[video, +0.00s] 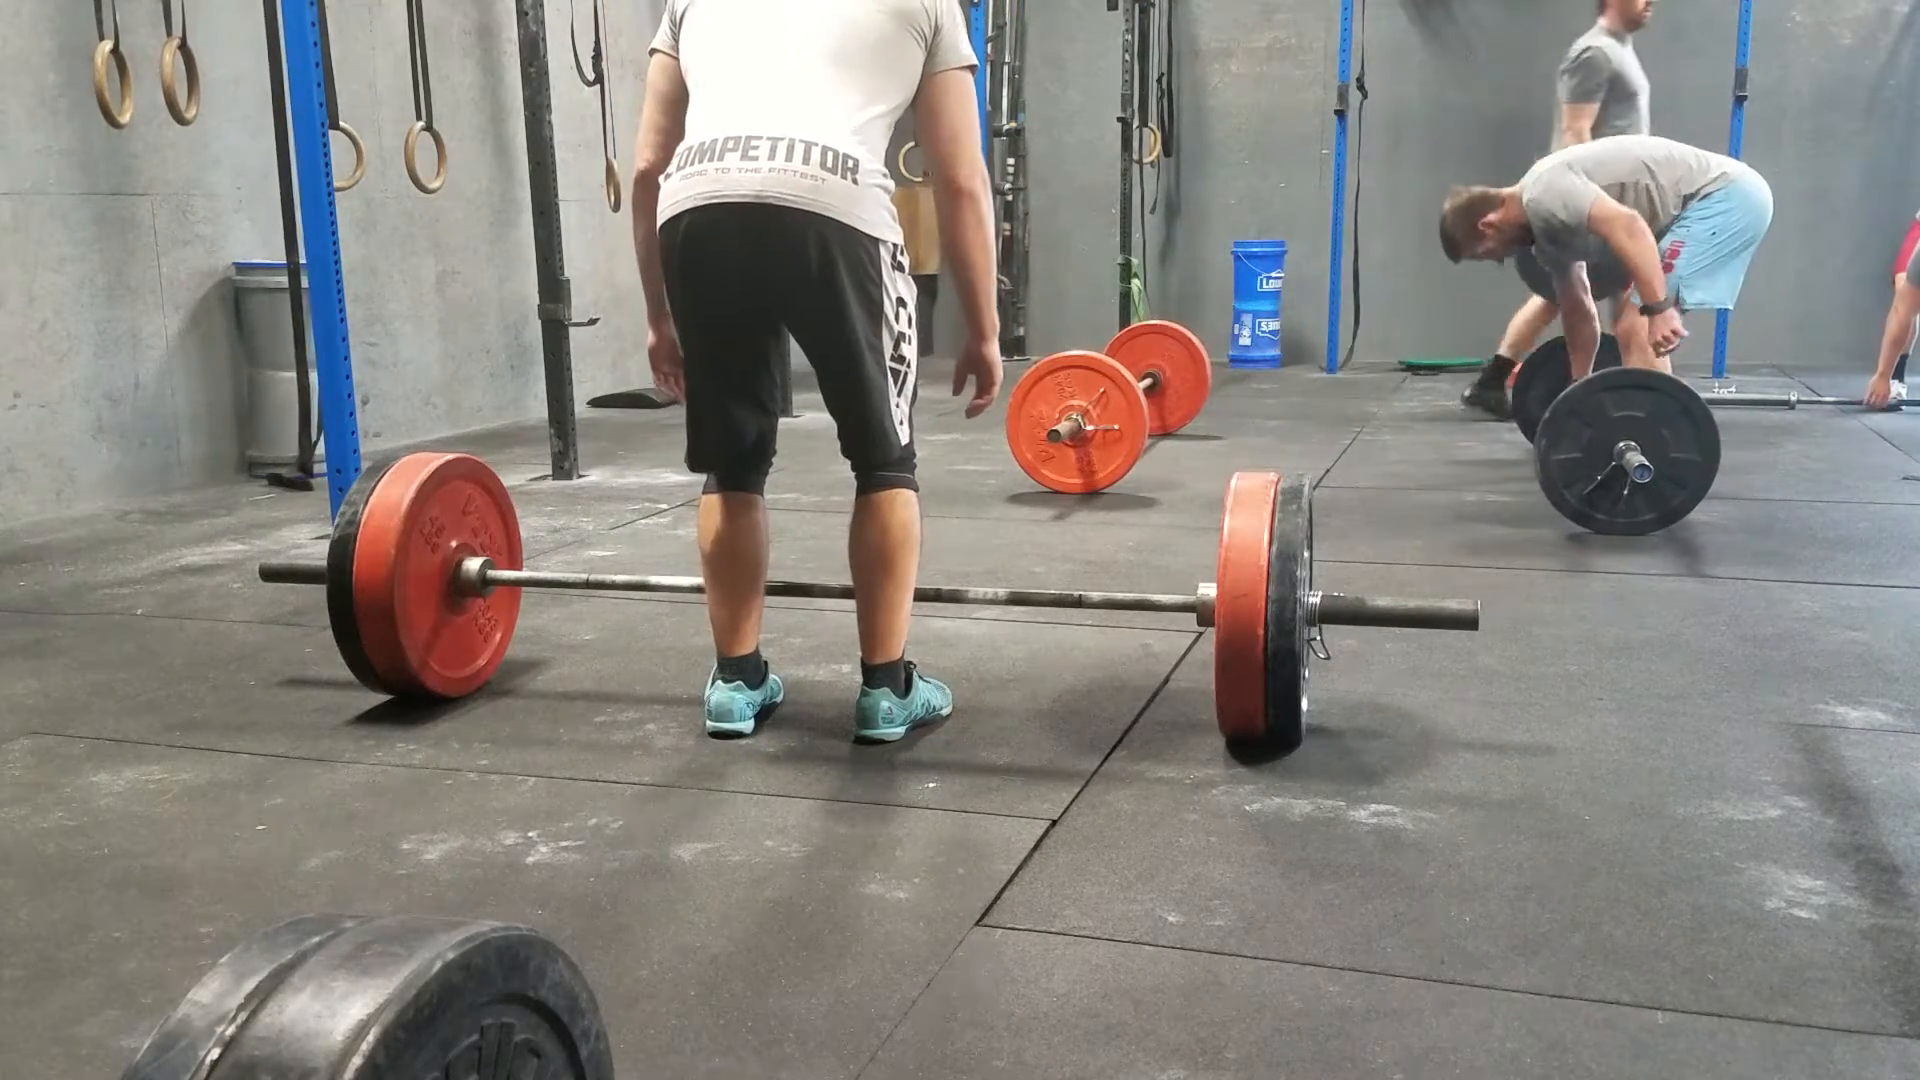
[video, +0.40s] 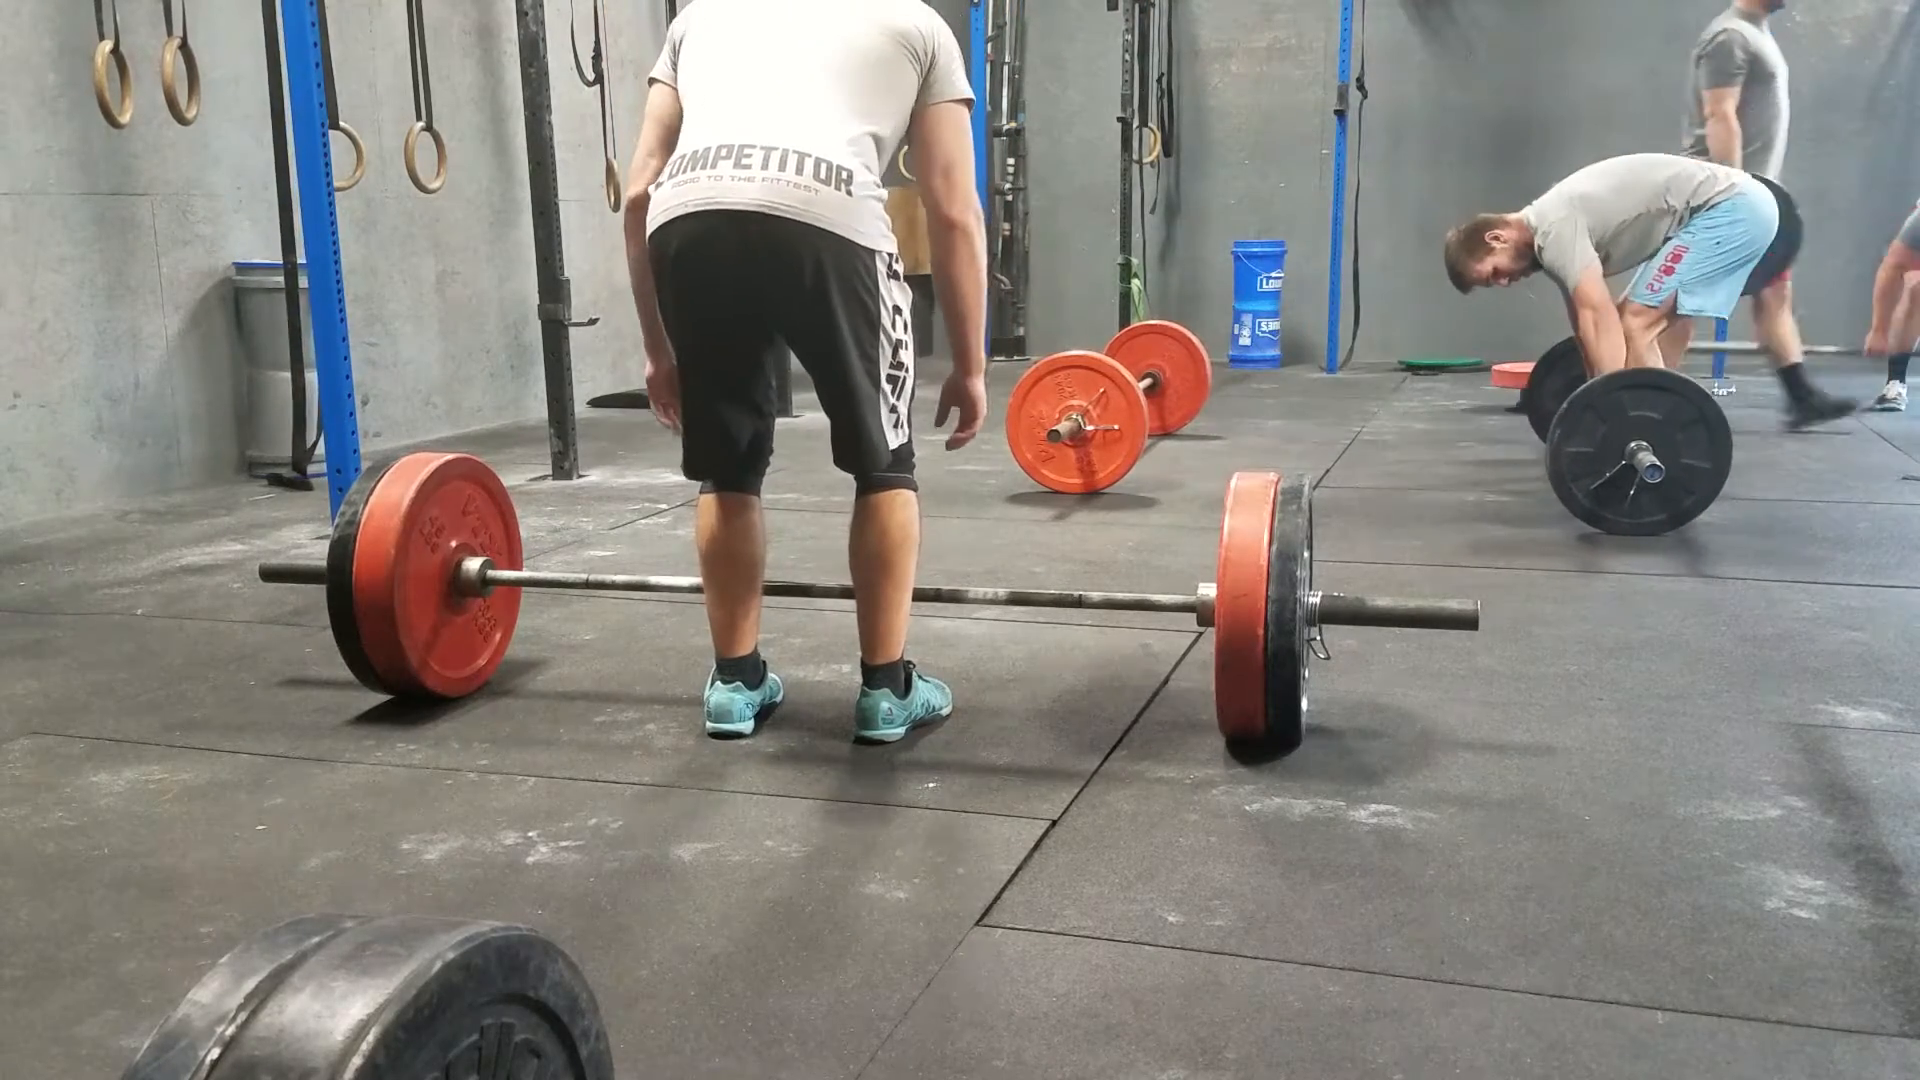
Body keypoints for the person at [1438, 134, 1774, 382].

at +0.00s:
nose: (1499, 261)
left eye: (1488, 255)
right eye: (1489, 259)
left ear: (1488, 226)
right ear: (1491, 222)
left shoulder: (1547, 192)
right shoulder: (1548, 230)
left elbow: (1629, 227)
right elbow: (1577, 307)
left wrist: (1658, 309)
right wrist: (1580, 390)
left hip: (1726, 193)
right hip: (1705, 202)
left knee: (1634, 328)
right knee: (1631, 327)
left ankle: (1660, 452)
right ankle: (1653, 450)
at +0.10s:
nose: (1497, 269)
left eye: (1485, 263)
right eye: (1487, 269)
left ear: (1487, 230)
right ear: (1491, 227)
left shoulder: (1546, 202)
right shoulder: (1543, 235)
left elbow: (1623, 248)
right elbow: (1582, 312)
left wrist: (1641, 334)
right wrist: (1582, 387)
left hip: (1726, 195)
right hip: (1712, 203)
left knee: (1632, 322)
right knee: (1640, 324)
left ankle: (1650, 439)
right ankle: (1652, 440)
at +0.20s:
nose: (1498, 274)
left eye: (1488, 267)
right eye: (1489, 275)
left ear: (1489, 233)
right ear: (1493, 229)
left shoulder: (1549, 212)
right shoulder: (1539, 233)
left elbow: (1615, 277)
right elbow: (1580, 310)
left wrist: (1622, 366)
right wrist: (1587, 387)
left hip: (1727, 198)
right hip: (1720, 202)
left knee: (1638, 324)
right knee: (1641, 329)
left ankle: (1656, 439)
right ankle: (1662, 439)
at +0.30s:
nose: (1500, 279)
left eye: (1490, 272)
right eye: (1491, 280)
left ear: (1492, 237)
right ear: (1495, 234)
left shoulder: (1552, 218)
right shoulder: (1543, 237)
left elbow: (1602, 306)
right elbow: (1581, 320)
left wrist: (1607, 405)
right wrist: (1592, 400)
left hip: (1730, 201)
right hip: (1722, 205)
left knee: (1635, 319)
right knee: (1640, 326)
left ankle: (1643, 443)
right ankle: (1656, 443)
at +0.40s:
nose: (1504, 279)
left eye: (1494, 272)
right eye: (1494, 281)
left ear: (1498, 235)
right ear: (1503, 235)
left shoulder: (1556, 224)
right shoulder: (1553, 225)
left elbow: (1597, 319)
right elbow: (1591, 318)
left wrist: (1609, 413)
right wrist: (1601, 402)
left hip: (1731, 207)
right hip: (1744, 205)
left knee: (1632, 319)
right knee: (1663, 332)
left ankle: (1634, 438)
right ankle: (1657, 443)